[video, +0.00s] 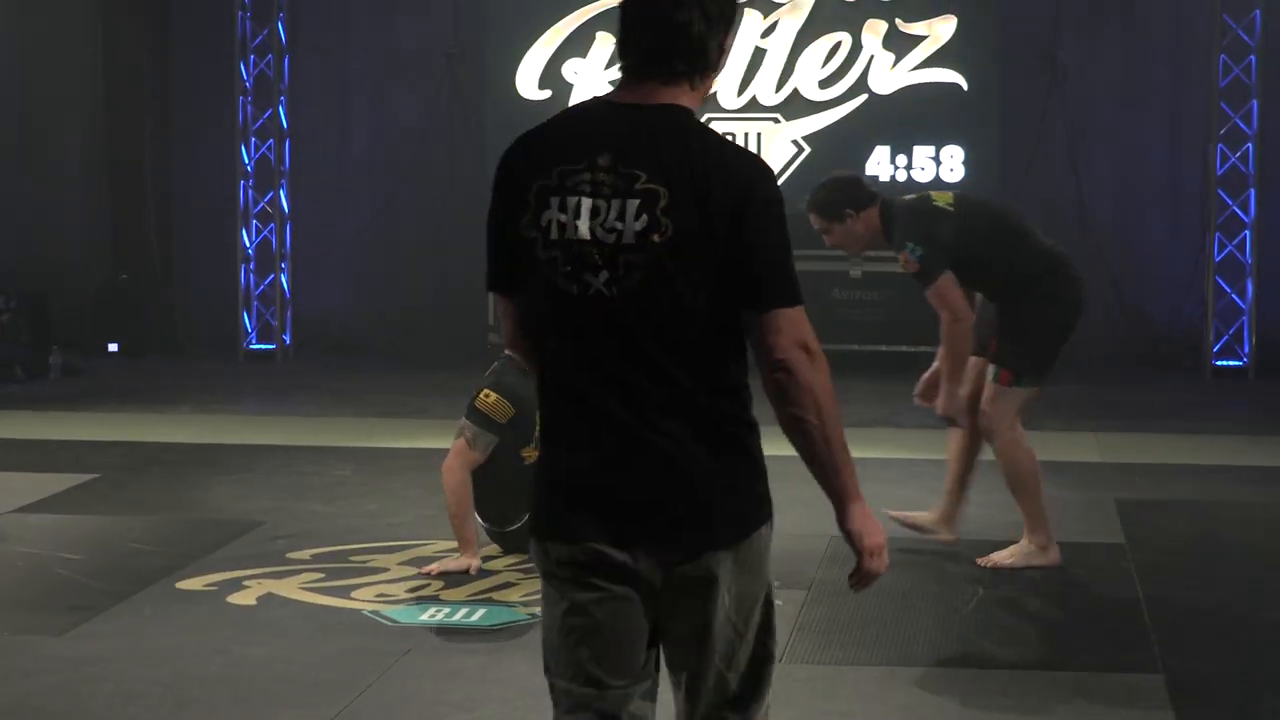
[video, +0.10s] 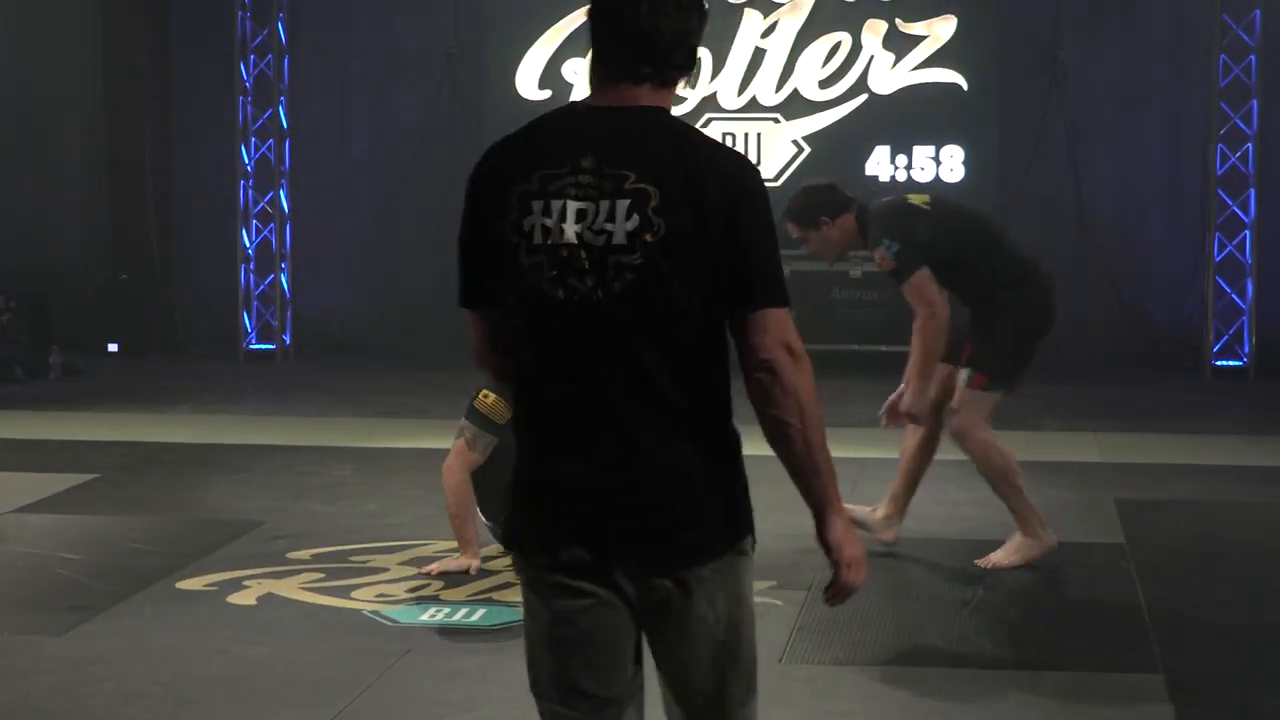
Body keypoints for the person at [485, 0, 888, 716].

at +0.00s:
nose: (729, 60)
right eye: (728, 45)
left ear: (623, 45)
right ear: (718, 53)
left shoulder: (530, 157)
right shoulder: (737, 178)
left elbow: (516, 334)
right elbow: (786, 356)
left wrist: (595, 387)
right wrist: (851, 503)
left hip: (579, 489)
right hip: (707, 496)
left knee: (591, 707)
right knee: (723, 705)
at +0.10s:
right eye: (693, 51)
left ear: (594, 49)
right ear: (689, 63)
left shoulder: (505, 165)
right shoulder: (722, 176)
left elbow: (491, 348)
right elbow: (771, 358)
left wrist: (572, 403)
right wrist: (830, 512)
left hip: (556, 504)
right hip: (688, 506)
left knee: (581, 710)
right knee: (718, 707)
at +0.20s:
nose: (542, 53)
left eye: (547, 36)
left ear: (556, 43)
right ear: (659, 50)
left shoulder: (479, 173)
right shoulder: (712, 172)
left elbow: (456, 364)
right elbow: (761, 359)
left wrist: (506, 476)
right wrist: (805, 511)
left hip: (536, 512)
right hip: (673, 513)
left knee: (563, 710)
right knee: (698, 709)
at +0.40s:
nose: (464, 47)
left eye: (478, 21)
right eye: (469, 24)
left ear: (531, 21)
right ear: (601, 34)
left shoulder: (455, 153)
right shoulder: (695, 147)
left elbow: (409, 354)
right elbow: (745, 338)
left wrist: (401, 508)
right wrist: (745, 488)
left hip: (518, 501)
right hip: (655, 500)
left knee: (541, 704)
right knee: (671, 706)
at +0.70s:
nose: (399, 38)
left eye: (419, 14)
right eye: (403, 17)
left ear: (494, 16)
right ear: (502, 21)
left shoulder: (441, 144)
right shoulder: (632, 145)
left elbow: (428, 346)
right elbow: (687, 328)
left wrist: (370, 529)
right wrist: (663, 477)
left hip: (467, 529)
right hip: (604, 523)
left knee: (431, 705)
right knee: (592, 708)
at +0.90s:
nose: (300, 64)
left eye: (322, 37)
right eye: (300, 43)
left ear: (401, 34)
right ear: (408, 36)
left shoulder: (358, 181)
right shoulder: (542, 155)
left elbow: (383, 388)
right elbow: (605, 355)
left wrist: (349, 583)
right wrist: (578, 502)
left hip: (404, 575)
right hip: (539, 556)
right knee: (541, 706)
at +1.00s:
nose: (227, 83)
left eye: (247, 55)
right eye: (228, 60)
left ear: (326, 52)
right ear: (338, 55)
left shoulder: (294, 200)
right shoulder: (466, 171)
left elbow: (320, 423)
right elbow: (537, 353)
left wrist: (278, 617)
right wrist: (496, 503)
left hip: (344, 602)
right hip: (472, 578)